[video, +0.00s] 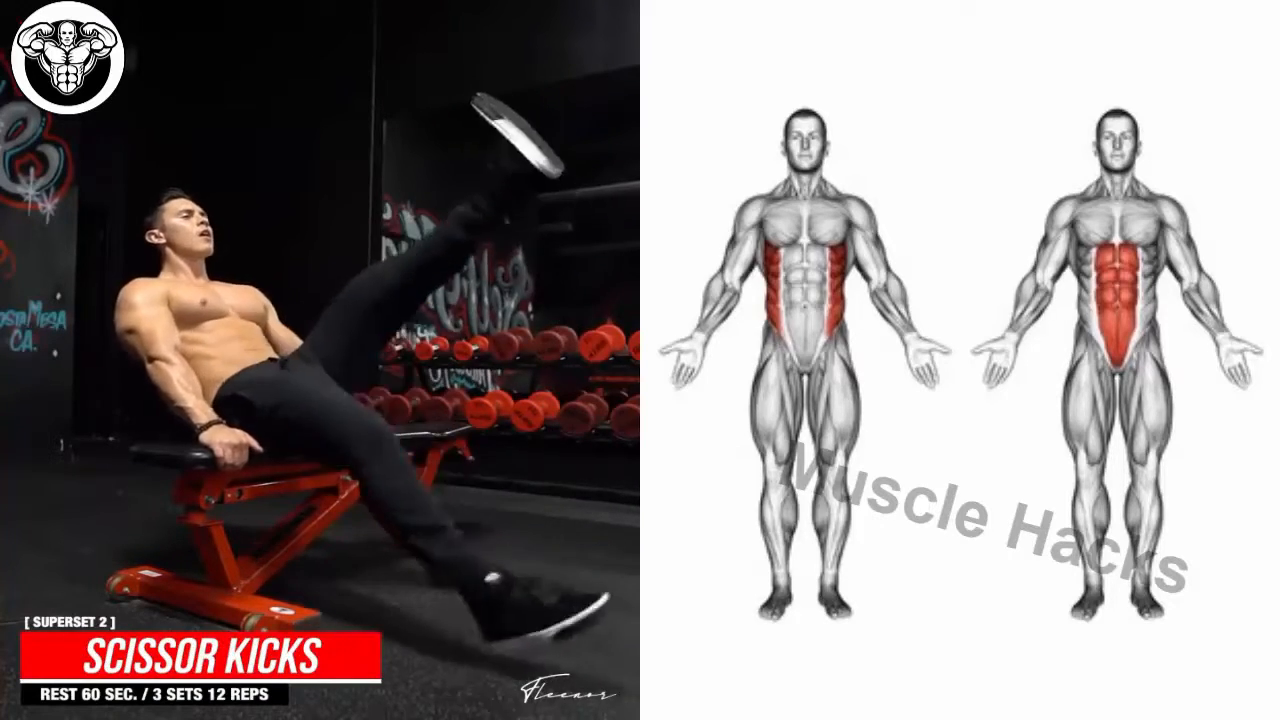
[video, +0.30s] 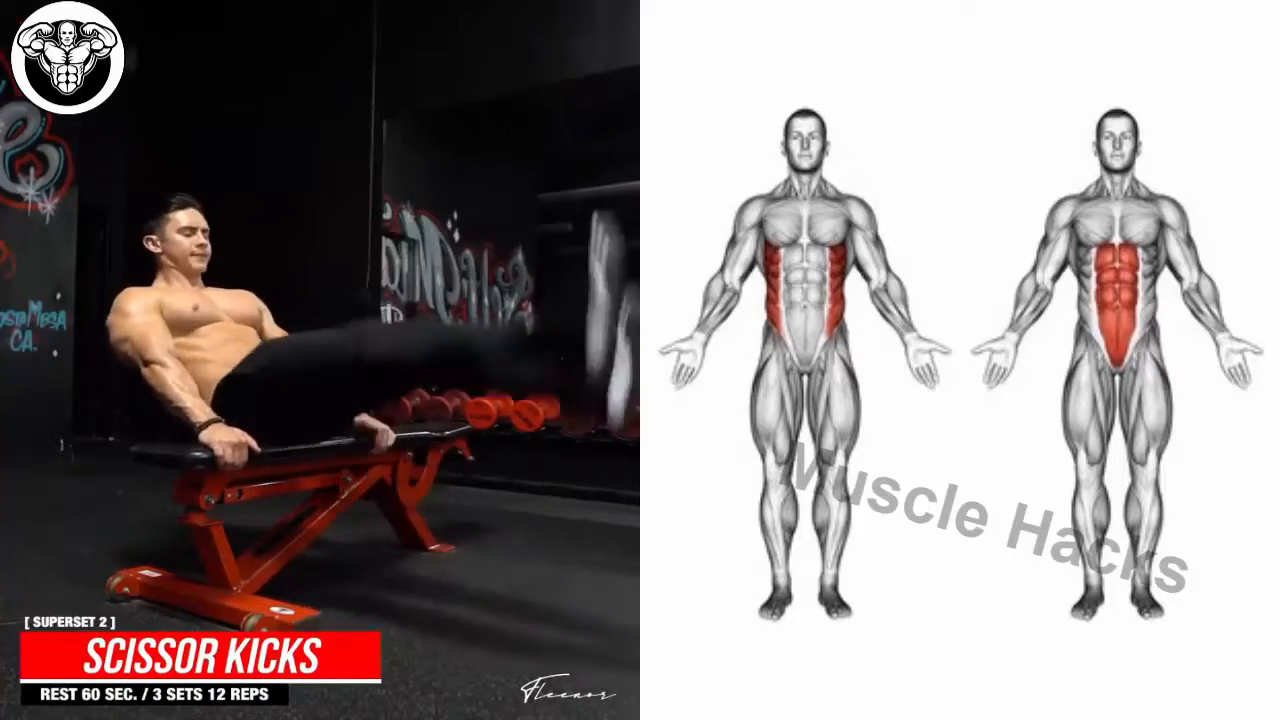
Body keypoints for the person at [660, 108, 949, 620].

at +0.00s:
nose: (805, 146)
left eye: (812, 138)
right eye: (797, 138)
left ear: (825, 145)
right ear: (785, 145)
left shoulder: (852, 211)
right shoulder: (758, 211)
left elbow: (881, 281)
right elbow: (729, 281)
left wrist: (910, 336)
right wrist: (700, 336)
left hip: (832, 356)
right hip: (777, 355)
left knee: (834, 467)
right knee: (777, 469)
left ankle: (830, 584)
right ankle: (780, 585)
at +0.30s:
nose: (805, 146)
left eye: (812, 138)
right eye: (797, 138)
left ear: (825, 146)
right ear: (785, 146)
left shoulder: (852, 211)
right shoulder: (758, 211)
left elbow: (881, 281)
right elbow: (729, 282)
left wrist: (910, 336)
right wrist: (700, 336)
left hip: (832, 355)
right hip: (777, 355)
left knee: (834, 468)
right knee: (777, 469)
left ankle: (829, 584)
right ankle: (780, 585)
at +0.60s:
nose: (804, 145)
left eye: (812, 138)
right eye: (797, 138)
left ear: (825, 145)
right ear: (785, 145)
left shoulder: (851, 211)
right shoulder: (758, 211)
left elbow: (881, 281)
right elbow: (729, 281)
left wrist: (909, 336)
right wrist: (700, 336)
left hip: (832, 356)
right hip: (777, 355)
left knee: (834, 467)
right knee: (777, 469)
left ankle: (829, 584)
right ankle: (780, 585)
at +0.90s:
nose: (805, 145)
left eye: (812, 138)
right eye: (797, 138)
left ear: (825, 145)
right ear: (785, 145)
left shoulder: (852, 211)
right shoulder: (758, 211)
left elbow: (881, 281)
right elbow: (729, 281)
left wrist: (909, 336)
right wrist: (700, 336)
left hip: (833, 356)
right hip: (777, 356)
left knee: (834, 468)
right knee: (776, 469)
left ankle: (829, 585)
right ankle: (780, 585)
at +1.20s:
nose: (804, 146)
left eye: (812, 138)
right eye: (797, 138)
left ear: (825, 145)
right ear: (785, 145)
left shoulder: (851, 211)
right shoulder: (758, 211)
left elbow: (881, 281)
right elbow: (729, 281)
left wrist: (909, 336)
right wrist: (700, 336)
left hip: (832, 356)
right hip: (777, 355)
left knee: (834, 467)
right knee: (776, 469)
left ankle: (830, 584)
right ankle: (780, 585)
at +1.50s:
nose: (804, 146)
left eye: (812, 138)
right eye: (797, 138)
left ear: (825, 145)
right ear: (785, 145)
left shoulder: (851, 211)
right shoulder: (758, 211)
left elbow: (881, 281)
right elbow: (729, 281)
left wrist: (909, 336)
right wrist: (700, 336)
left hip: (832, 356)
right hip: (777, 355)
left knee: (834, 467)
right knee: (777, 469)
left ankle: (829, 584)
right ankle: (780, 585)